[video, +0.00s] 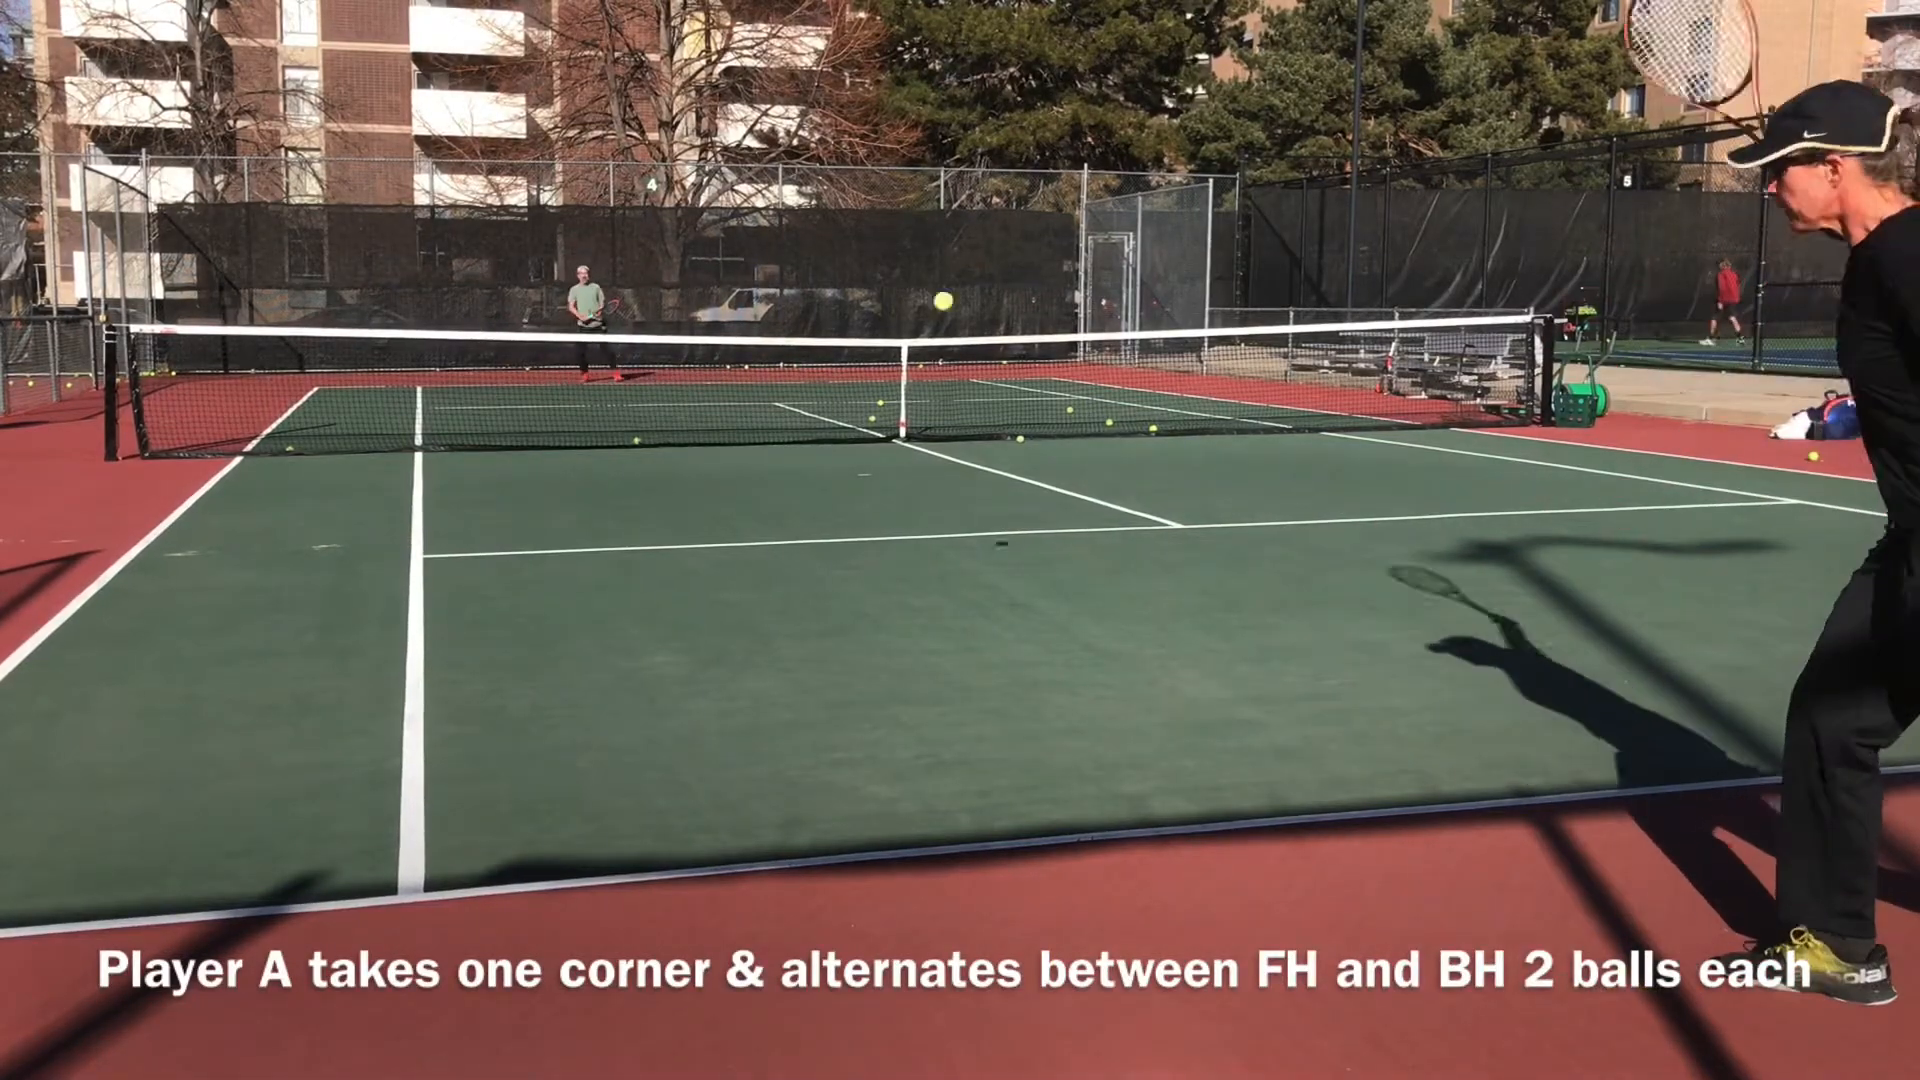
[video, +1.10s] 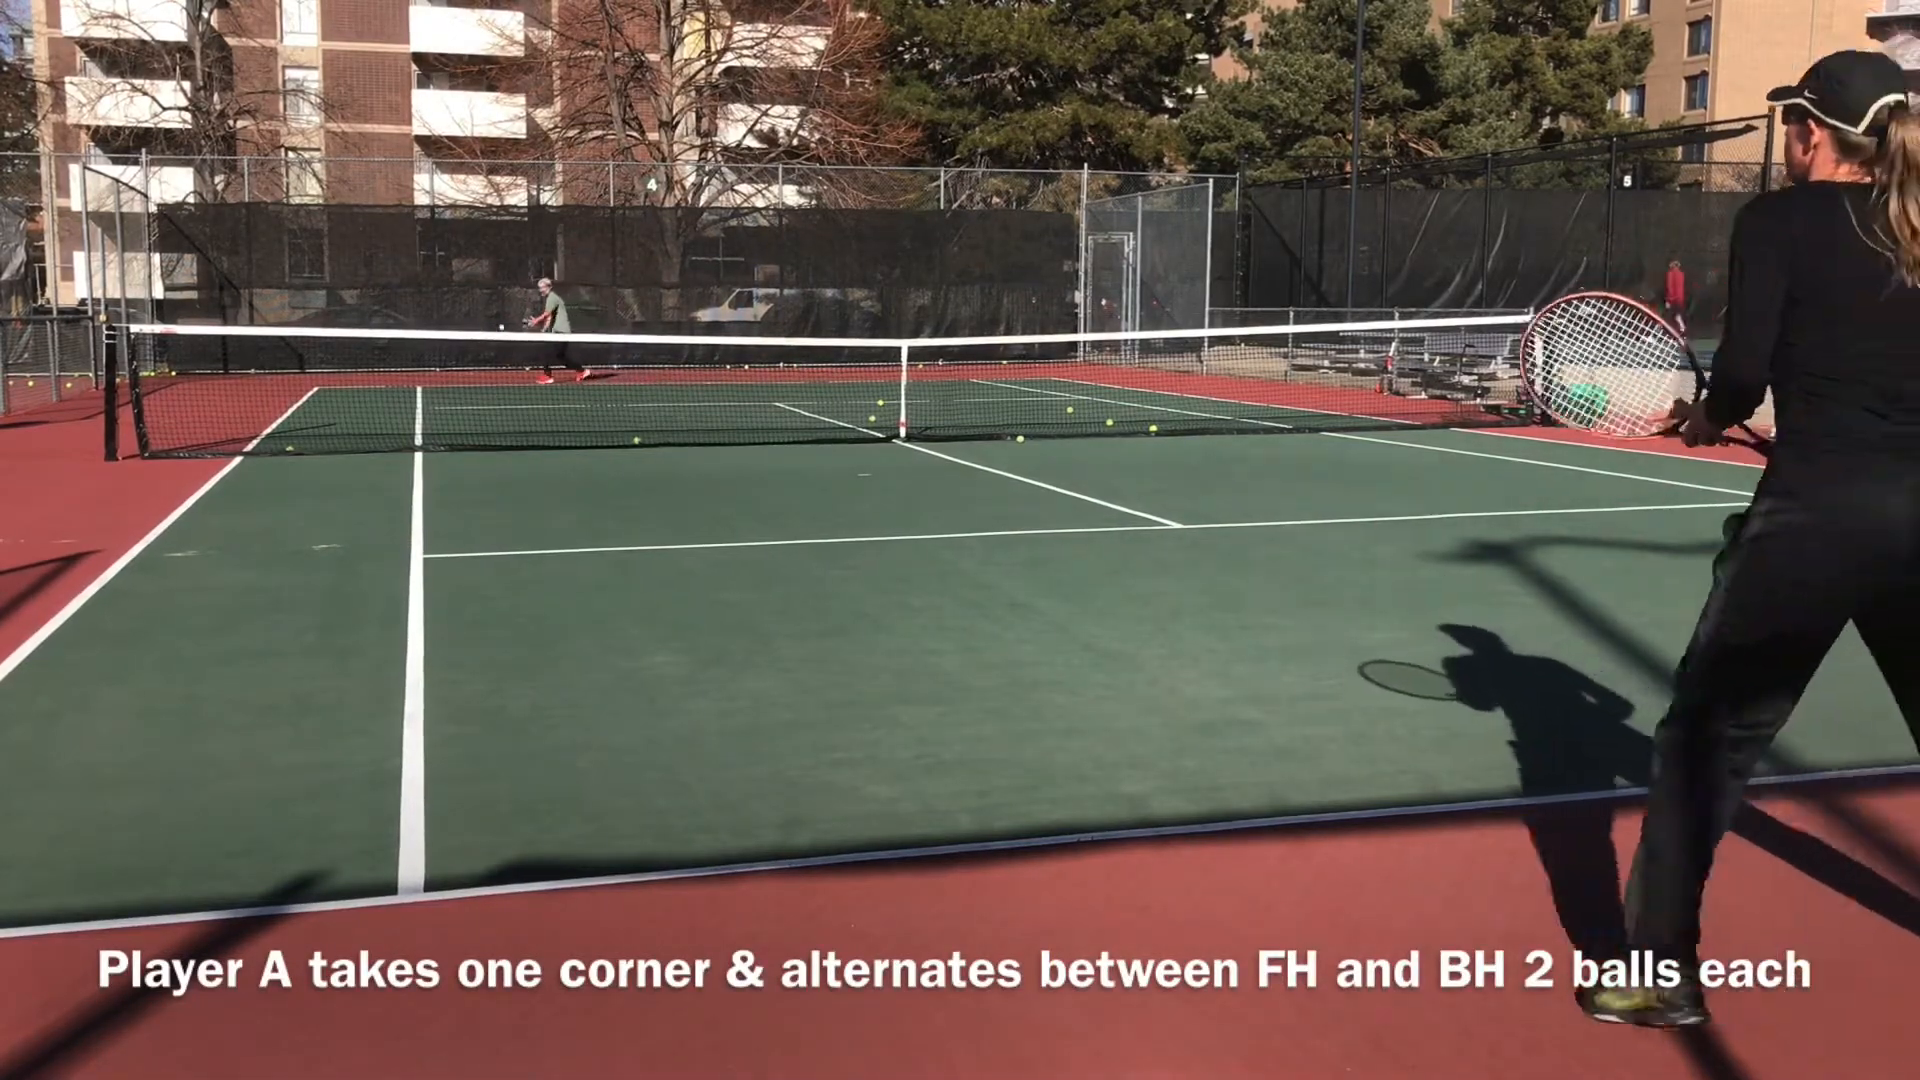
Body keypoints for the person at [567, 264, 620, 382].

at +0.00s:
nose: (584, 276)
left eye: (586, 273)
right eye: (581, 274)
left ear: (588, 274)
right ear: (578, 275)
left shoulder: (596, 287)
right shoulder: (574, 290)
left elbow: (601, 302)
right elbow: (571, 306)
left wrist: (598, 312)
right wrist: (580, 316)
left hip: (597, 324)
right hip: (583, 324)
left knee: (605, 347)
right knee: (581, 350)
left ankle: (615, 371)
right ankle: (584, 373)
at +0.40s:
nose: (587, 285)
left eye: (588, 282)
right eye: (584, 282)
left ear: (592, 284)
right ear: (581, 285)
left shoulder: (598, 296)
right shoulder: (580, 298)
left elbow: (601, 314)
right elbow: (580, 315)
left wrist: (588, 320)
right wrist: (579, 327)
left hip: (602, 329)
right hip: (587, 330)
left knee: (612, 350)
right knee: (584, 351)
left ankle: (624, 372)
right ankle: (589, 372)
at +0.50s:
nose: (580, 284)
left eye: (582, 281)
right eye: (578, 281)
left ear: (587, 282)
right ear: (576, 283)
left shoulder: (592, 294)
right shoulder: (578, 296)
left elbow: (591, 312)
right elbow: (577, 311)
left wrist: (579, 316)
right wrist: (570, 315)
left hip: (599, 326)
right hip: (587, 327)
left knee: (606, 349)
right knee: (582, 351)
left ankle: (617, 370)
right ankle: (589, 373)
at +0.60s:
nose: (575, 283)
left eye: (577, 281)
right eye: (573, 281)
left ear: (581, 282)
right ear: (571, 283)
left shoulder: (586, 293)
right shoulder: (573, 296)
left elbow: (577, 310)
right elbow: (574, 311)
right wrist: (561, 313)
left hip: (595, 328)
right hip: (584, 329)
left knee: (598, 352)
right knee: (580, 351)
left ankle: (615, 371)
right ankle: (588, 372)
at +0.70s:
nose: (569, 286)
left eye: (571, 283)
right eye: (567, 284)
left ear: (575, 284)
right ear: (565, 285)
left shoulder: (580, 295)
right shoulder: (570, 297)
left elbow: (566, 309)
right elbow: (565, 311)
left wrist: (547, 307)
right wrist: (552, 311)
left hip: (591, 330)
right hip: (581, 331)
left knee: (594, 352)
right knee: (578, 352)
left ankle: (611, 368)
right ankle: (586, 372)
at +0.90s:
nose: (554, 289)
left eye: (556, 286)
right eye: (553, 287)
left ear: (562, 286)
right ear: (552, 288)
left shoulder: (565, 296)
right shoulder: (563, 298)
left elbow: (555, 311)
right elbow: (556, 314)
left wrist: (538, 317)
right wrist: (540, 316)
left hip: (577, 330)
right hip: (573, 330)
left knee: (565, 350)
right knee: (571, 354)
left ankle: (562, 374)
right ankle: (585, 373)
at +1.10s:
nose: (540, 290)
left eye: (542, 287)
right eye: (539, 288)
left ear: (548, 287)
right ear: (545, 288)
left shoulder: (552, 297)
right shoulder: (552, 297)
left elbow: (547, 313)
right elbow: (549, 316)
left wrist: (535, 321)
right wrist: (544, 329)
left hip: (560, 331)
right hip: (561, 331)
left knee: (546, 352)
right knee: (560, 355)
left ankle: (547, 375)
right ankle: (581, 371)